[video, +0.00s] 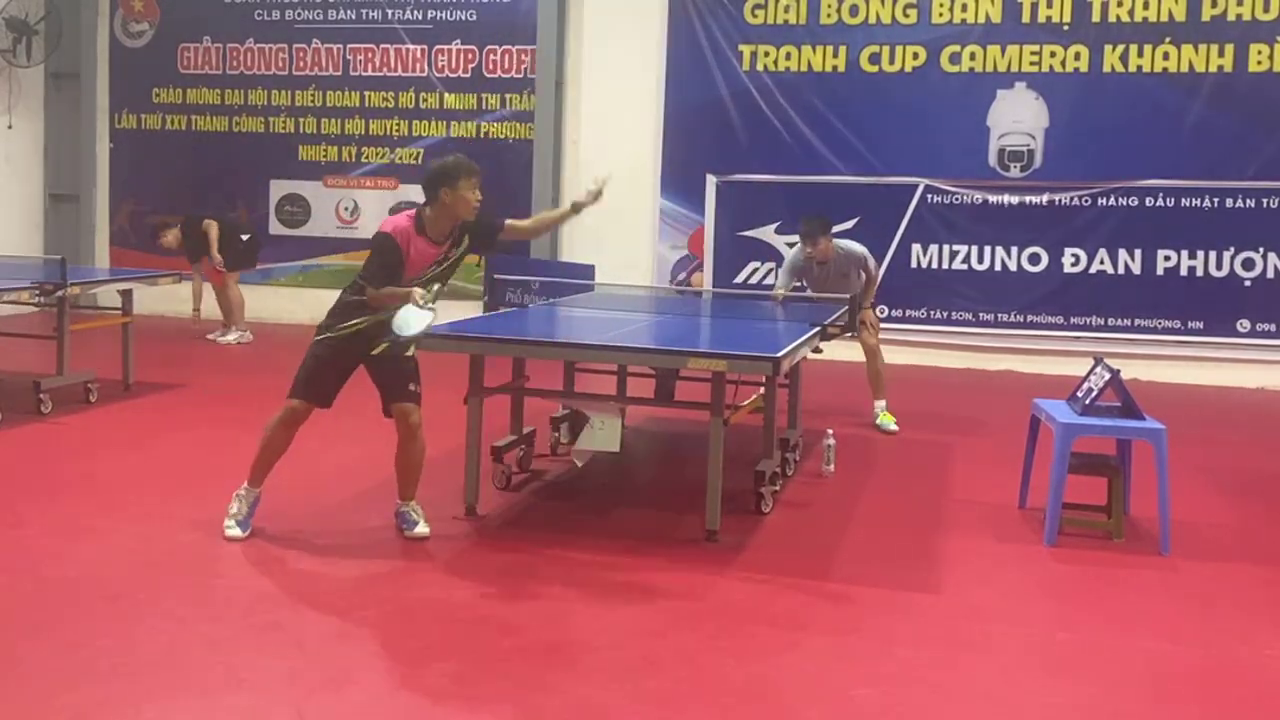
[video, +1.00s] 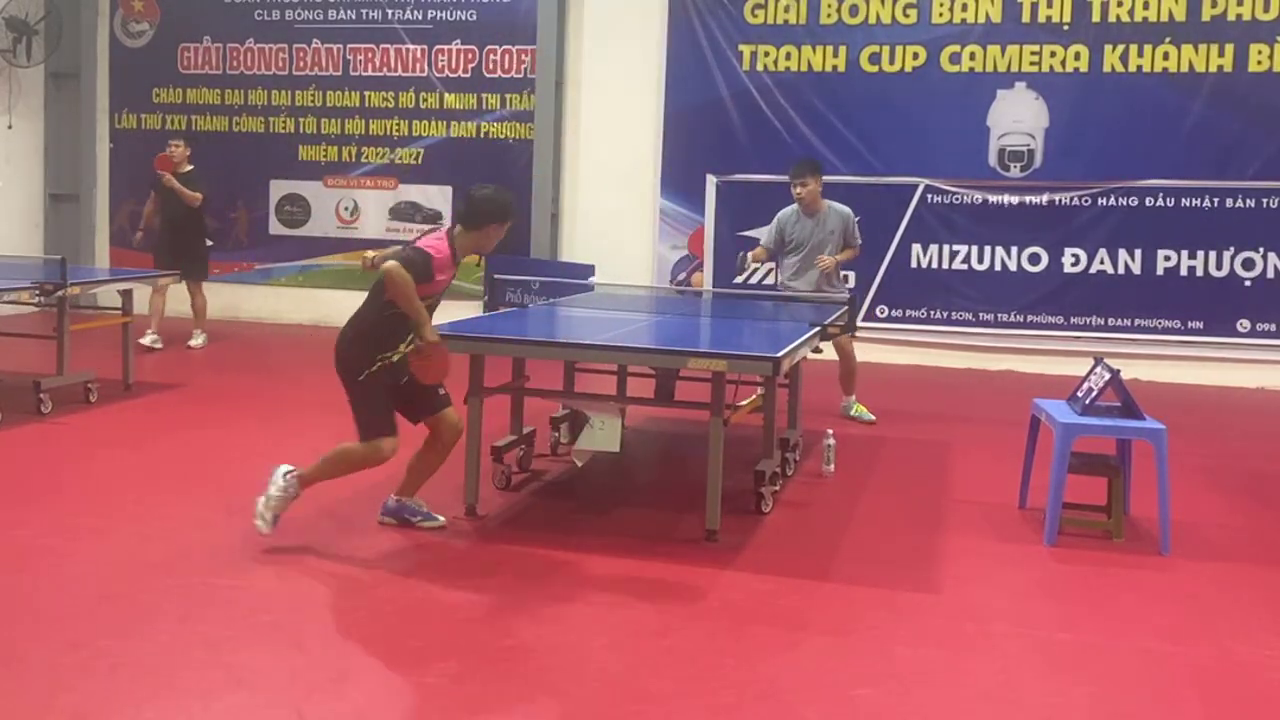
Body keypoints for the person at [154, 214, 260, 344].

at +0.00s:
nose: (165, 246)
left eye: (163, 241)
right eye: (162, 245)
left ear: (168, 232)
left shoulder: (188, 224)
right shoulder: (190, 246)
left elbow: (212, 225)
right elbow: (197, 277)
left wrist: (214, 253)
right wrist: (196, 308)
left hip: (243, 239)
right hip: (229, 243)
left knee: (229, 281)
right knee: (218, 283)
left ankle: (241, 329)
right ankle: (228, 326)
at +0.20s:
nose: (157, 203)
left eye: (157, 197)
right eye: (155, 199)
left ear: (169, 191)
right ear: (168, 194)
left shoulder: (194, 197)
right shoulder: (180, 213)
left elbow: (222, 211)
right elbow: (187, 243)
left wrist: (213, 237)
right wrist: (174, 261)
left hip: (238, 233)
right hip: (225, 235)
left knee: (222, 277)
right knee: (214, 279)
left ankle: (237, 326)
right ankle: (228, 325)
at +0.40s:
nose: (169, 168)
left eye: (172, 163)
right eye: (167, 165)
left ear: (185, 163)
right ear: (168, 169)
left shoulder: (205, 182)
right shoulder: (176, 189)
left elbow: (230, 206)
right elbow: (164, 216)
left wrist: (218, 234)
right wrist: (143, 205)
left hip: (225, 235)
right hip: (205, 238)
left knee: (215, 279)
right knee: (210, 283)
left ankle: (212, 327)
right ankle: (228, 325)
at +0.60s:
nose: (179, 158)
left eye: (184, 154)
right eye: (177, 155)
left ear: (196, 157)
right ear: (175, 159)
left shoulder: (210, 183)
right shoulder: (177, 182)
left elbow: (222, 214)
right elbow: (167, 211)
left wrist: (203, 240)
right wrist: (157, 211)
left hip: (210, 237)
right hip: (189, 238)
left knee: (201, 282)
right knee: (199, 283)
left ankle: (200, 330)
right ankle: (223, 320)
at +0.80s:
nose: (181, 152)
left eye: (186, 148)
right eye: (179, 148)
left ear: (197, 152)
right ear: (176, 152)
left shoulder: (207, 177)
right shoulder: (174, 177)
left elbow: (206, 209)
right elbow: (167, 209)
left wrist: (178, 210)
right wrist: (165, 241)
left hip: (201, 239)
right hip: (179, 238)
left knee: (199, 284)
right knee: (172, 282)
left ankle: (200, 329)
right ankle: (194, 314)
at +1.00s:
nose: (172, 150)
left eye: (176, 147)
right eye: (169, 147)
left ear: (188, 151)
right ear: (166, 151)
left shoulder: (196, 175)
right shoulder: (162, 176)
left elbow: (197, 200)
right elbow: (151, 203)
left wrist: (173, 184)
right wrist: (142, 229)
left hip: (192, 240)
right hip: (166, 238)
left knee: (194, 288)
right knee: (159, 286)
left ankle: (199, 332)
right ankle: (153, 333)